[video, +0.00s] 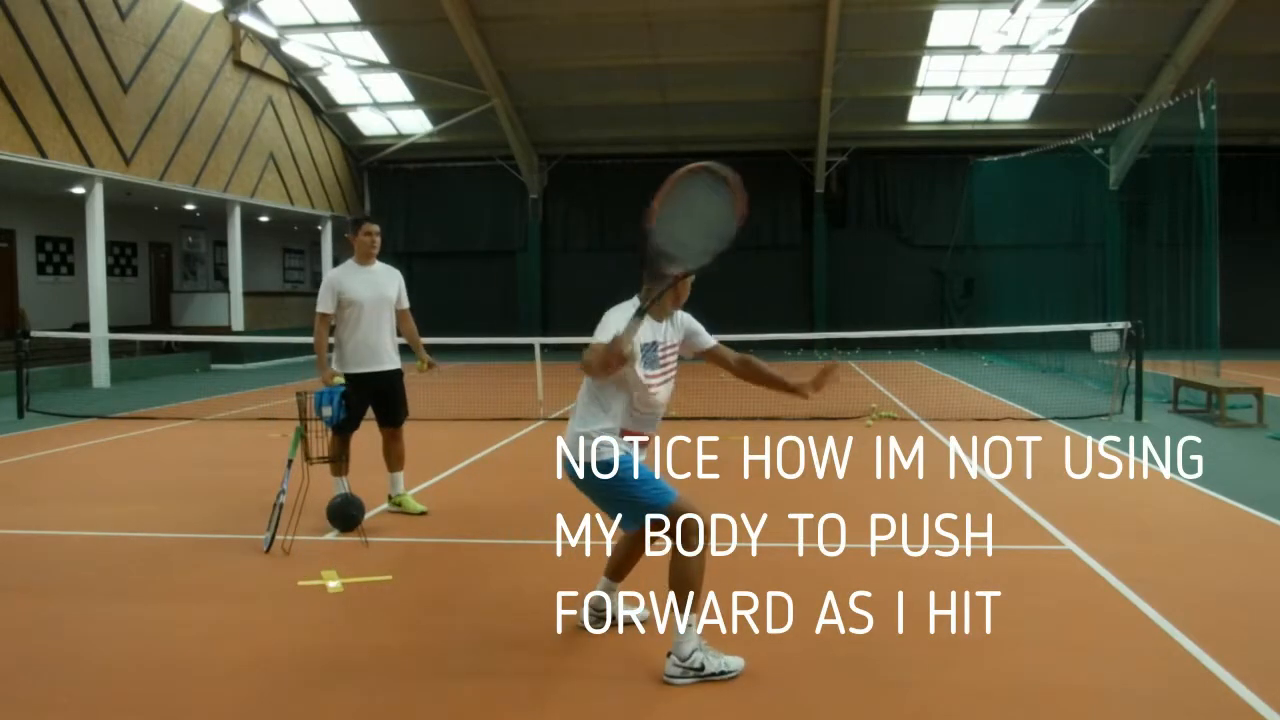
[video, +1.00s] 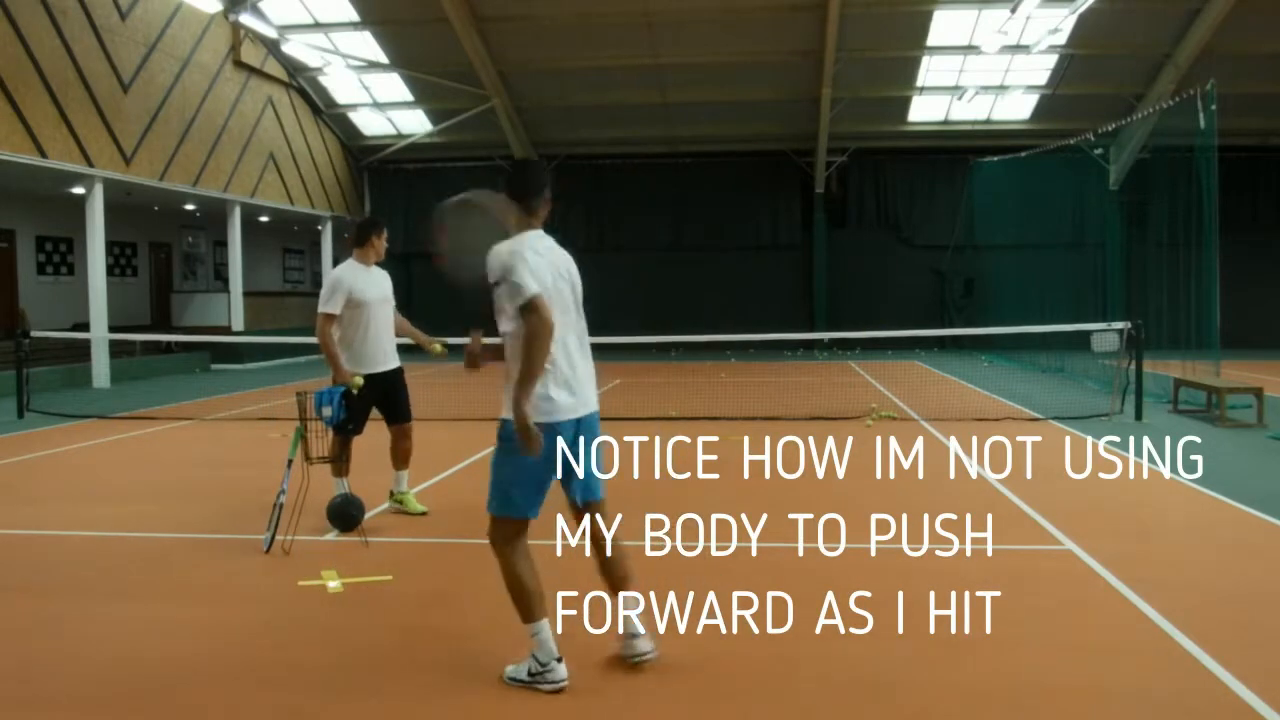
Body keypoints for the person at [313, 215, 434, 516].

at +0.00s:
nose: (374, 240)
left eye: (377, 234)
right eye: (367, 234)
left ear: (381, 240)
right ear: (352, 239)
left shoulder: (393, 275)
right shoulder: (336, 278)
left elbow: (404, 318)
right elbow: (322, 324)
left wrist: (420, 352)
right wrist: (323, 367)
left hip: (388, 370)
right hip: (351, 373)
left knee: (393, 431)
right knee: (342, 434)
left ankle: (398, 494)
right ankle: (341, 495)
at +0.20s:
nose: (377, 240)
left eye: (379, 235)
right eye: (370, 235)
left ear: (382, 240)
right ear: (353, 239)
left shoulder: (393, 276)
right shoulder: (336, 278)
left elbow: (404, 319)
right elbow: (322, 324)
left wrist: (420, 357)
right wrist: (326, 367)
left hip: (389, 370)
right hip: (352, 372)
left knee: (394, 431)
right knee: (342, 434)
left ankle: (398, 494)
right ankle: (341, 495)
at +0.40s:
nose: (378, 240)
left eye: (381, 235)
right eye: (372, 235)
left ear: (383, 240)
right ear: (355, 239)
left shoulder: (392, 276)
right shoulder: (337, 278)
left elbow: (401, 318)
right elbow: (321, 325)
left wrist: (418, 355)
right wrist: (321, 371)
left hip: (389, 370)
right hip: (352, 373)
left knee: (393, 431)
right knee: (343, 434)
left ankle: (398, 494)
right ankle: (342, 496)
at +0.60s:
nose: (386, 241)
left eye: (386, 236)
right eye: (380, 236)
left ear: (380, 241)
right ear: (361, 239)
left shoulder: (389, 275)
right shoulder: (339, 278)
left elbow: (395, 318)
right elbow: (323, 324)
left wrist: (416, 351)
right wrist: (320, 371)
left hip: (389, 370)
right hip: (353, 373)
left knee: (393, 431)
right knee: (343, 434)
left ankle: (398, 494)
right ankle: (341, 495)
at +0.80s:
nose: (388, 244)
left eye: (387, 239)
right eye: (385, 239)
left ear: (371, 241)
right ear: (374, 241)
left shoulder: (384, 276)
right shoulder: (340, 276)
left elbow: (391, 319)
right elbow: (323, 328)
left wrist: (419, 346)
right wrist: (330, 373)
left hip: (388, 370)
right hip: (354, 374)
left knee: (393, 430)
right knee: (343, 435)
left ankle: (397, 493)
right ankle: (342, 496)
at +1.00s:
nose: (387, 245)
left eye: (386, 240)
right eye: (384, 240)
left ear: (372, 241)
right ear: (372, 241)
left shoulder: (382, 275)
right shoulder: (340, 277)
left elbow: (391, 318)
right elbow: (323, 329)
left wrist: (423, 339)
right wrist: (339, 369)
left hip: (390, 370)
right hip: (356, 375)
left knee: (402, 428)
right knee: (344, 436)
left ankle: (400, 491)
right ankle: (342, 496)